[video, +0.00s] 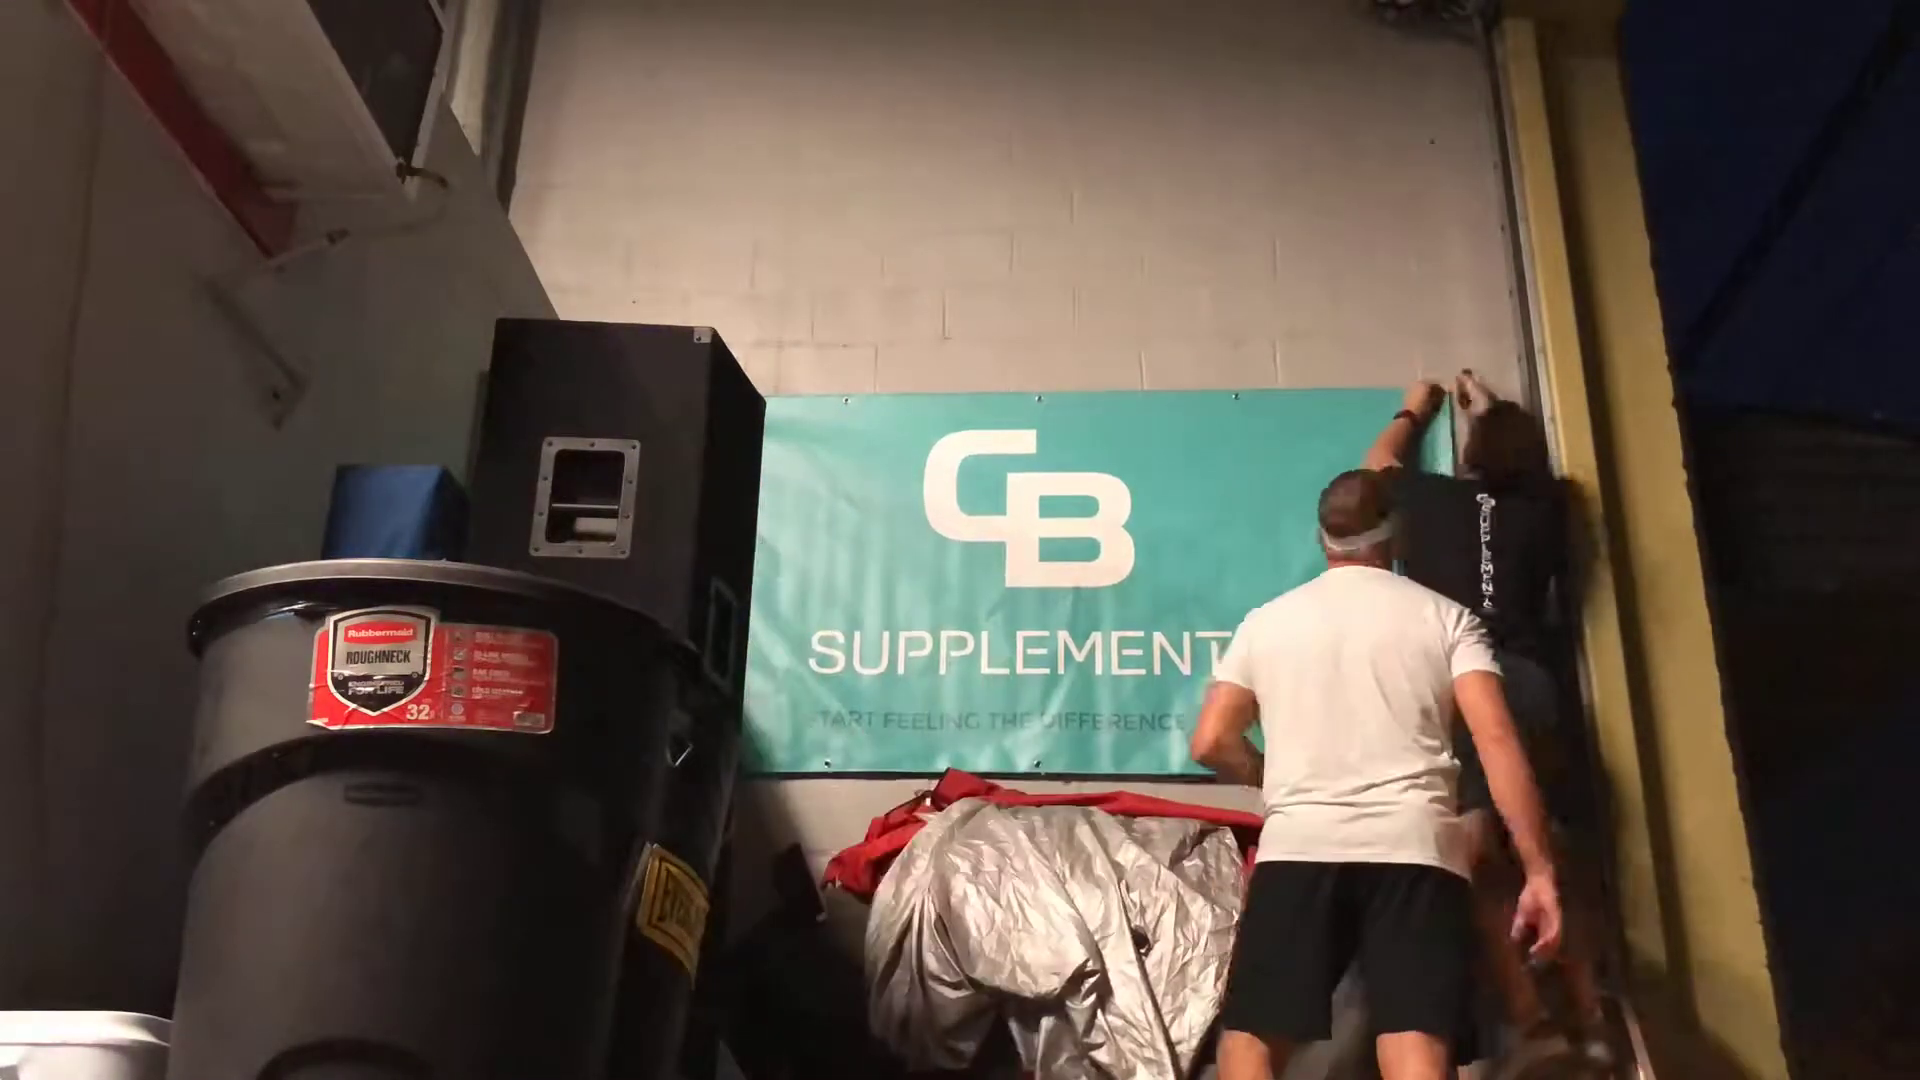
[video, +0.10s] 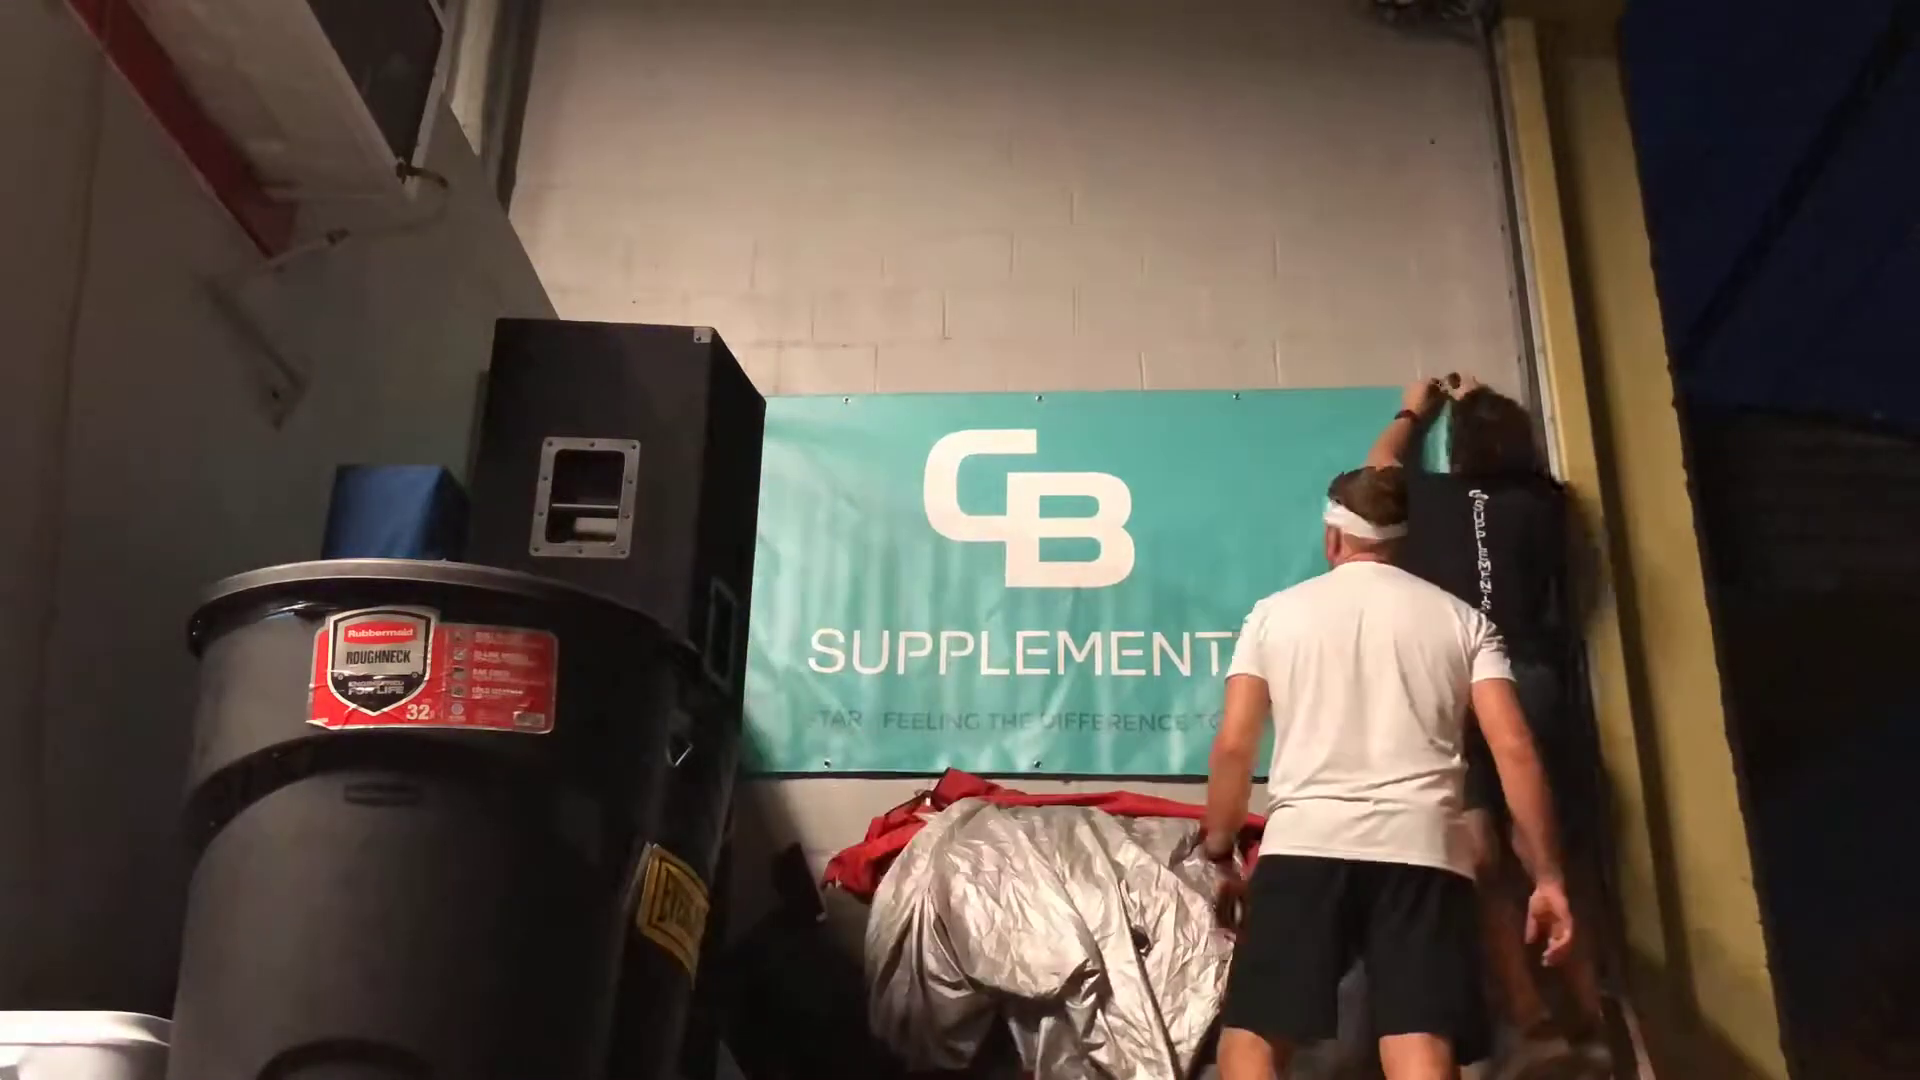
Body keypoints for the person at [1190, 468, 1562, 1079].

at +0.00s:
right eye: (1394, 530)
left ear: (1324, 542)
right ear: (1395, 537)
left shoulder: (1268, 622)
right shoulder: (1444, 617)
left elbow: (1211, 742)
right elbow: (1495, 736)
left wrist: (1275, 777)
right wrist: (1538, 868)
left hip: (1295, 871)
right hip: (1417, 871)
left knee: (1249, 1042)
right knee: (1413, 1051)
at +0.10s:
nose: (1324, 539)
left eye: (1326, 531)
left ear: (1333, 538)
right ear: (1402, 539)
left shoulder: (1275, 615)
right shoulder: (1462, 619)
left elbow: (1234, 745)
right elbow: (1513, 746)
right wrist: (1547, 877)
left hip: (1302, 866)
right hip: (1424, 870)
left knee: (1249, 1040)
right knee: (1419, 1048)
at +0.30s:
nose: (1301, 535)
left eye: (1302, 527)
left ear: (1307, 532)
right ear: (1379, 531)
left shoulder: (1259, 612)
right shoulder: (1445, 611)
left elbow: (1231, 754)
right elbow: (1500, 742)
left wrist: (1197, 870)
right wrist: (1534, 873)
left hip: (1301, 867)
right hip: (1428, 867)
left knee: (1247, 1037)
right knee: (1422, 1043)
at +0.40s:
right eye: (1282, 545)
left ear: (1216, 570)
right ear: (1285, 552)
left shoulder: (1184, 645)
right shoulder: (1361, 626)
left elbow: (1160, 781)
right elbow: (1421, 740)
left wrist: (1137, 896)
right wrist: (1458, 862)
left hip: (1225, 884)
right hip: (1348, 878)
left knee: (1194, 1047)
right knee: (1372, 1049)